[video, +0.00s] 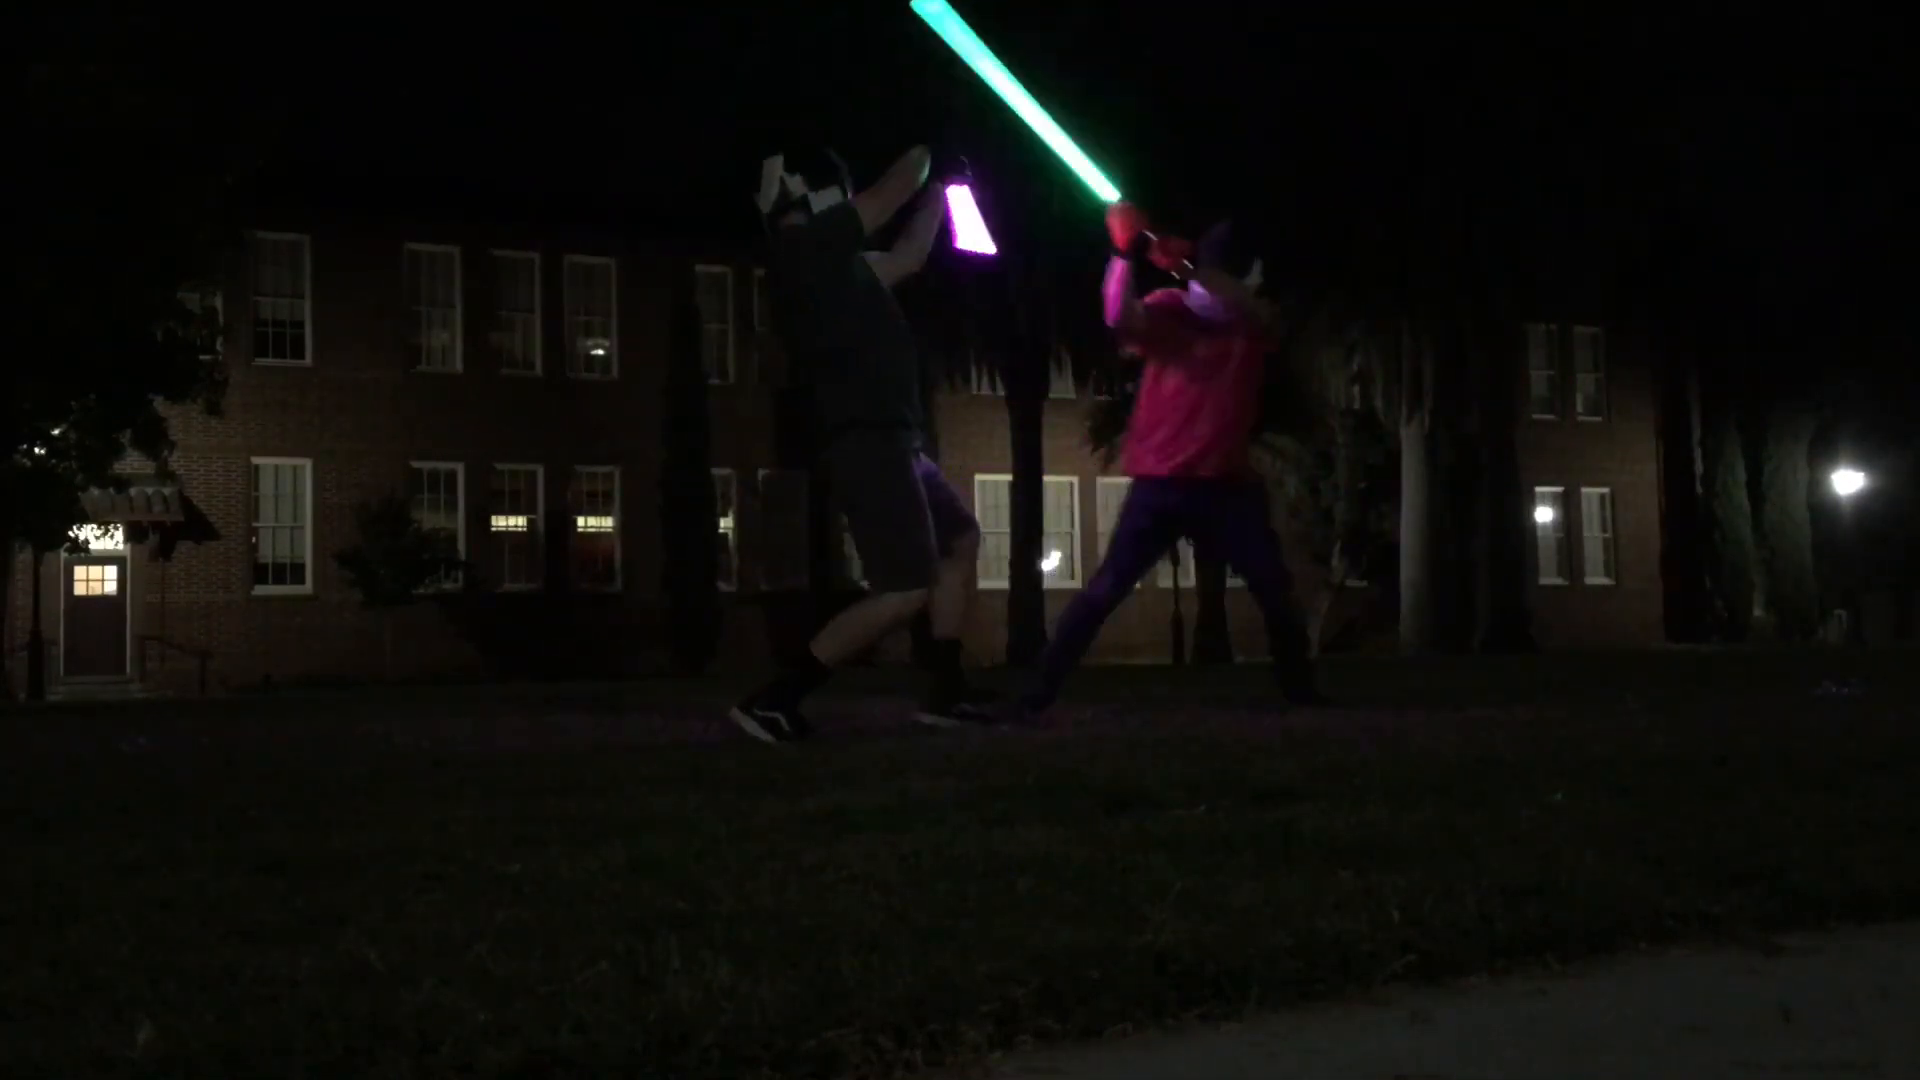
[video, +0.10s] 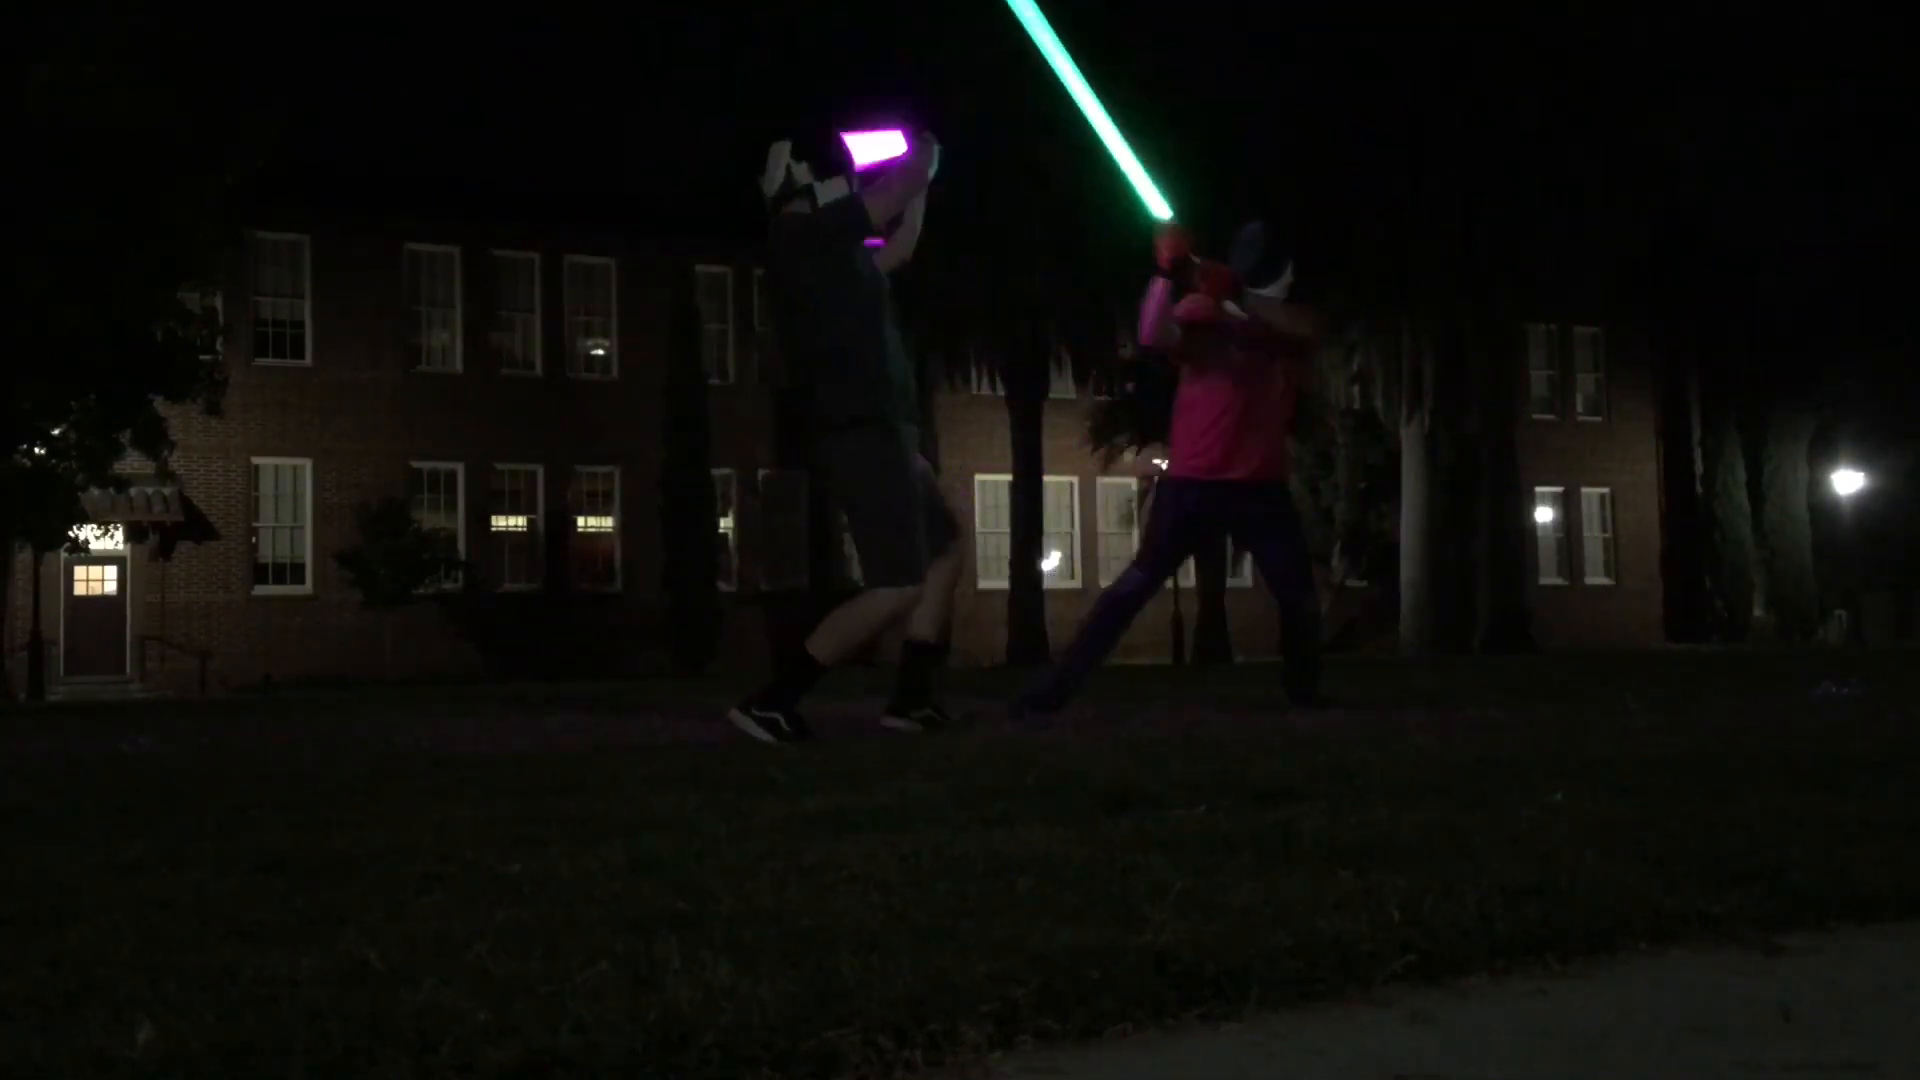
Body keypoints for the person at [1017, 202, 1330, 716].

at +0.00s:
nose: (1209, 287)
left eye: (1224, 278)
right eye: (1205, 281)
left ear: (1242, 278)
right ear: (1196, 280)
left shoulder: (1253, 322)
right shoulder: (1168, 311)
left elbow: (1243, 306)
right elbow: (1118, 316)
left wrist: (1191, 266)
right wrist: (1124, 253)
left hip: (1225, 482)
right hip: (1160, 483)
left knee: (1274, 591)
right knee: (1105, 592)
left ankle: (1300, 694)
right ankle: (1036, 694)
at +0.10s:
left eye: (1269, 279)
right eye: (1252, 277)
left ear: (1278, 280)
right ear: (1228, 275)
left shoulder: (1283, 320)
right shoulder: (1204, 312)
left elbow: (1307, 334)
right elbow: (1152, 338)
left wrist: (1233, 304)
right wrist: (1166, 274)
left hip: (1260, 484)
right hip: (1194, 483)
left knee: (1298, 595)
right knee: (1139, 585)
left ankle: (1304, 694)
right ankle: (1054, 690)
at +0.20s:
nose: (1278, 302)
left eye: (1290, 295)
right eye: (1268, 293)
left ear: (1306, 284)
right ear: (1252, 279)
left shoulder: (1315, 317)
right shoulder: (1230, 312)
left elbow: (1333, 350)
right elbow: (1183, 349)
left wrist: (1278, 324)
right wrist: (1204, 295)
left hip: (1286, 479)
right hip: (1218, 475)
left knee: (1312, 589)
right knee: (1175, 578)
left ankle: (1304, 688)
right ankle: (1107, 683)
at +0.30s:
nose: (1299, 284)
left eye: (1310, 274)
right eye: (1290, 273)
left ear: (1327, 266)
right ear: (1276, 257)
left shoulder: (1340, 320)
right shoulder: (1242, 302)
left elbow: (1356, 386)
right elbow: (1202, 371)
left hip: (1304, 471)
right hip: (1236, 466)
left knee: (1318, 581)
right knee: (1207, 572)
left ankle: (1306, 685)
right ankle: (1159, 675)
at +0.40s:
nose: (1316, 271)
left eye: (1327, 261)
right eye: (1307, 260)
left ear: (1343, 251)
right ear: (1292, 244)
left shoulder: (1358, 307)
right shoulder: (1256, 291)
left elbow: (1383, 391)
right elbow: (1218, 366)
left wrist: (1374, 442)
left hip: (1322, 464)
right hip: (1249, 461)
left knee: (1324, 579)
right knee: (1225, 572)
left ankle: (1309, 686)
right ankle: (1209, 677)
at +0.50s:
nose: (1334, 251)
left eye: (1344, 241)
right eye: (1325, 239)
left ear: (1357, 240)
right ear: (1307, 233)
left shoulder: (1374, 302)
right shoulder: (1271, 289)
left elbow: (1398, 381)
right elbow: (1232, 366)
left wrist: (1414, 445)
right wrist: (1226, 434)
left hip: (1341, 459)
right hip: (1272, 457)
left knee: (1328, 572)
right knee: (1265, 566)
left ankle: (1314, 676)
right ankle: (1280, 663)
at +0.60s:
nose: (1343, 259)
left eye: (1354, 249)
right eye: (1333, 246)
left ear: (1371, 247)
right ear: (1317, 240)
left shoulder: (1386, 302)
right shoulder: (1282, 292)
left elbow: (1415, 377)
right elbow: (1252, 363)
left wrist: (1436, 432)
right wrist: (1236, 426)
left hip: (1354, 462)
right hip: (1291, 459)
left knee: (1333, 569)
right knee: (1291, 567)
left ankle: (1318, 682)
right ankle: (1337, 644)